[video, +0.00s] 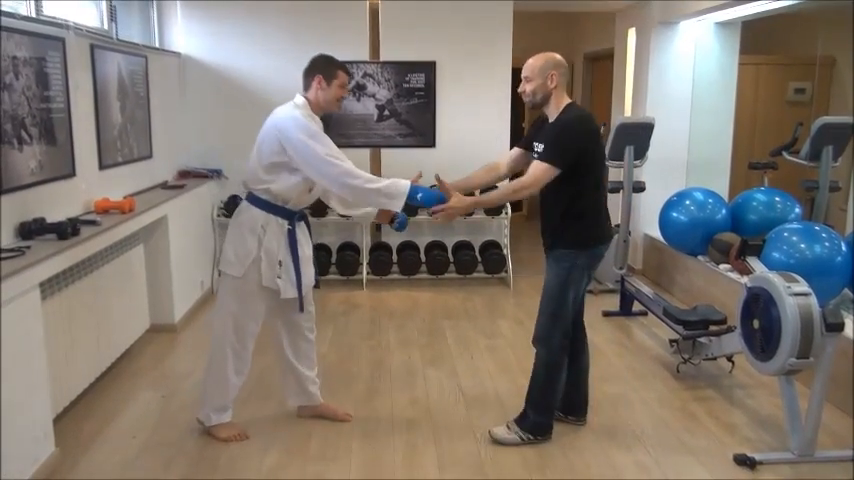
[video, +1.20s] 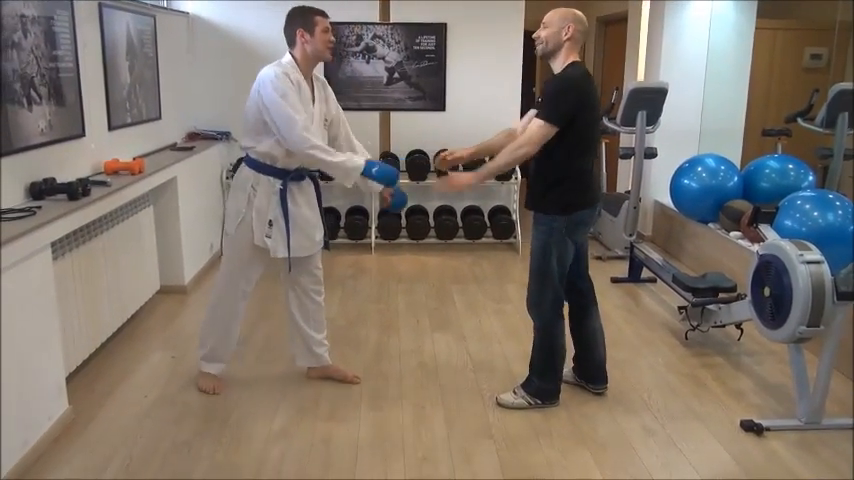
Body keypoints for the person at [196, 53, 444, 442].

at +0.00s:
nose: (344, 97)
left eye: (346, 90)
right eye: (341, 88)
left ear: (319, 86)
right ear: (318, 83)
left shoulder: (309, 125)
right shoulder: (291, 121)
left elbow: (334, 191)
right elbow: (341, 177)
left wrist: (379, 211)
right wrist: (410, 191)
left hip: (290, 230)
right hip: (257, 226)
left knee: (299, 316)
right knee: (238, 322)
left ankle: (309, 400)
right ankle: (214, 415)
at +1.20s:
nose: (333, 40)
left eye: (332, 33)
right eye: (326, 32)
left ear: (311, 39)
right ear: (301, 37)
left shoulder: (321, 87)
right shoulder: (273, 79)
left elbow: (346, 143)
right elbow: (299, 143)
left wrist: (380, 186)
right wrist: (362, 170)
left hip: (300, 189)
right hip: (258, 187)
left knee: (308, 276)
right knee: (237, 278)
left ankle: (317, 360)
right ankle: (210, 366)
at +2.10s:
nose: (311, 63)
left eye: (313, 56)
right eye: (306, 56)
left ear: (289, 57)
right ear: (280, 55)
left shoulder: (311, 101)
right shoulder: (241, 93)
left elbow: (322, 156)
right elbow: (237, 162)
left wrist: (330, 178)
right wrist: (291, 184)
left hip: (289, 205)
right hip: (241, 203)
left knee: (303, 291)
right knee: (215, 289)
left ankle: (311, 373)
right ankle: (187, 374)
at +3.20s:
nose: (287, 103)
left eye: (290, 97)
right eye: (284, 95)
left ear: (267, 91)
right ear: (259, 87)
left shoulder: (282, 128)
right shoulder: (219, 121)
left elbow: (301, 182)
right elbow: (232, 174)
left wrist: (325, 161)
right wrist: (277, 140)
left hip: (279, 228)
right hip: (232, 230)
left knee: (331, 301)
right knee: (202, 317)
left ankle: (334, 382)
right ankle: (185, 388)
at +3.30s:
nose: (286, 103)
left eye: (289, 96)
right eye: (282, 94)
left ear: (263, 91)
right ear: (258, 86)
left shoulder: (283, 127)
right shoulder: (217, 121)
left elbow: (306, 182)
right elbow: (228, 178)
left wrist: (332, 170)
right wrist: (271, 141)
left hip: (282, 227)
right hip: (233, 229)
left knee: (329, 301)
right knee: (202, 314)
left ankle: (335, 383)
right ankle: (182, 393)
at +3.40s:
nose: (282, 94)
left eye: (284, 88)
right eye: (277, 86)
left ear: (262, 85)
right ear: (253, 81)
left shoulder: (281, 120)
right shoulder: (215, 117)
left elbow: (300, 176)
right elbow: (225, 174)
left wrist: (325, 157)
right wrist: (263, 132)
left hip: (281, 224)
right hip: (233, 227)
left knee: (325, 301)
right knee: (203, 315)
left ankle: (336, 385)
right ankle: (182, 392)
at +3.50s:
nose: (277, 93)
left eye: (279, 87)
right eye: (272, 85)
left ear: (276, 87)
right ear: (248, 80)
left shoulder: (279, 121)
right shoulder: (211, 117)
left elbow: (303, 176)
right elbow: (224, 172)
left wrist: (328, 152)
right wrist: (262, 130)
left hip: (278, 222)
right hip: (229, 225)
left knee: (320, 301)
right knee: (203, 312)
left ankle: (334, 385)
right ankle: (183, 391)